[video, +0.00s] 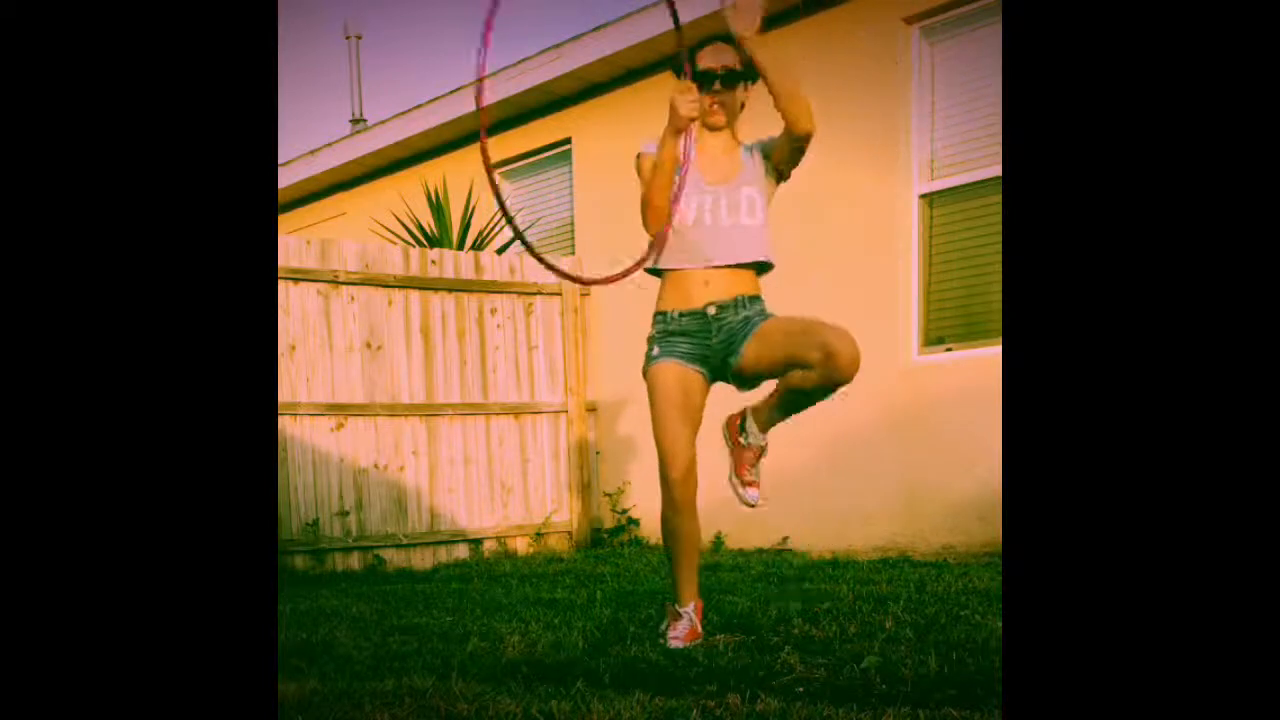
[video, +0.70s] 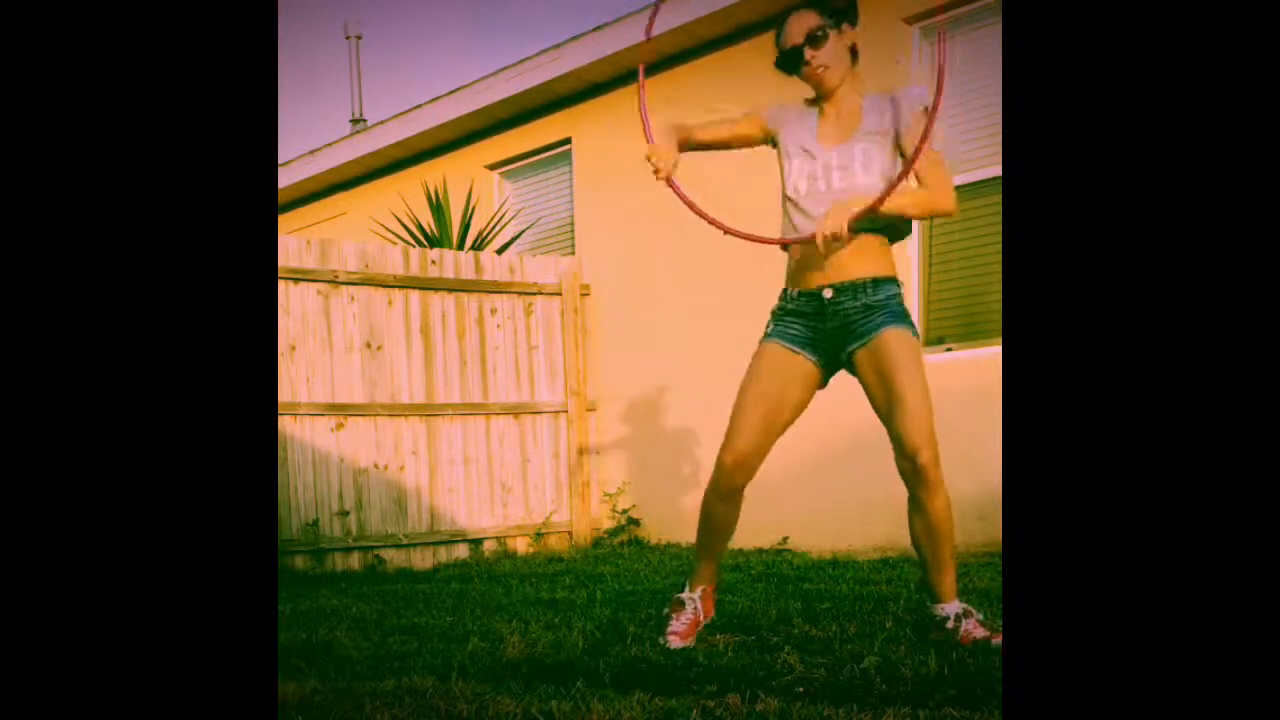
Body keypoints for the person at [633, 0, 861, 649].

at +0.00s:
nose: (717, 91)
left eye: (729, 80)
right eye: (705, 80)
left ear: (747, 90)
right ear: (687, 90)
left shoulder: (762, 158)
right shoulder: (663, 156)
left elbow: (801, 127)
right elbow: (655, 225)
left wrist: (751, 43)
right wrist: (671, 134)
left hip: (745, 320)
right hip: (677, 329)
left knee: (838, 353)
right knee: (677, 474)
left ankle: (752, 428)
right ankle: (686, 608)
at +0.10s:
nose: (727, 88)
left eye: (734, 76)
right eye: (710, 77)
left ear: (745, 84)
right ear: (688, 90)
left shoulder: (761, 152)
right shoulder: (660, 154)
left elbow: (801, 91)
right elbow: (666, 218)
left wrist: (734, 34)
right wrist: (707, 145)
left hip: (748, 317)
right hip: (679, 334)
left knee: (837, 344)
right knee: (677, 479)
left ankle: (816, 483)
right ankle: (689, 609)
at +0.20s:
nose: (712, 77)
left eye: (724, 65)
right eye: (700, 67)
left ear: (745, 76)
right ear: (685, 79)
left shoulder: (761, 141)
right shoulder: (664, 149)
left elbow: (800, 63)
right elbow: (673, 222)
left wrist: (751, 19)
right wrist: (730, 159)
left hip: (756, 316)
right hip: (685, 332)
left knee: (844, 380)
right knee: (681, 480)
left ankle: (897, 535)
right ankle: (689, 610)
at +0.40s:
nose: (738, 63)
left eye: (752, 52)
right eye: (726, 54)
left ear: (775, 65)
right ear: (714, 72)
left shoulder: (797, 123)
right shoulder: (693, 147)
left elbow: (859, 31)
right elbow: (656, 234)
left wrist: (794, 7)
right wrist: (716, 224)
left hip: (793, 318)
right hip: (718, 329)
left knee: (863, 450)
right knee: (694, 480)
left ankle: (949, 595)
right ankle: (692, 606)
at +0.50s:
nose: (764, 60)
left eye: (777, 48)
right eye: (751, 53)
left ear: (801, 57)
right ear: (739, 70)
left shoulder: (830, 121)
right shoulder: (721, 144)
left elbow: (913, 55)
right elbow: (652, 226)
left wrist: (854, 39)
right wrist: (692, 235)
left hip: (822, 314)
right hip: (745, 324)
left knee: (884, 456)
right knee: (715, 478)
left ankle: (943, 602)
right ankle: (695, 606)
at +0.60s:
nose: (789, 57)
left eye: (799, 41)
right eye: (776, 51)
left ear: (829, 45)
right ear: (766, 66)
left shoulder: (861, 115)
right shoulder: (749, 137)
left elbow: (960, 128)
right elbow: (660, 189)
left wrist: (885, 128)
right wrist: (669, 210)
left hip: (850, 310)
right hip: (772, 318)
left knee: (906, 458)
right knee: (736, 479)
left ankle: (946, 606)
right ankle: (700, 602)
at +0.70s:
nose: (806, 59)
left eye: (814, 41)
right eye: (793, 55)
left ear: (849, 34)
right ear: (789, 66)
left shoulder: (896, 111)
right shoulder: (786, 123)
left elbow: (943, 198)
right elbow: (691, 133)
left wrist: (858, 209)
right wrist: (670, 144)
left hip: (875, 306)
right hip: (798, 314)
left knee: (921, 461)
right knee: (729, 468)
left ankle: (949, 608)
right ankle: (701, 593)